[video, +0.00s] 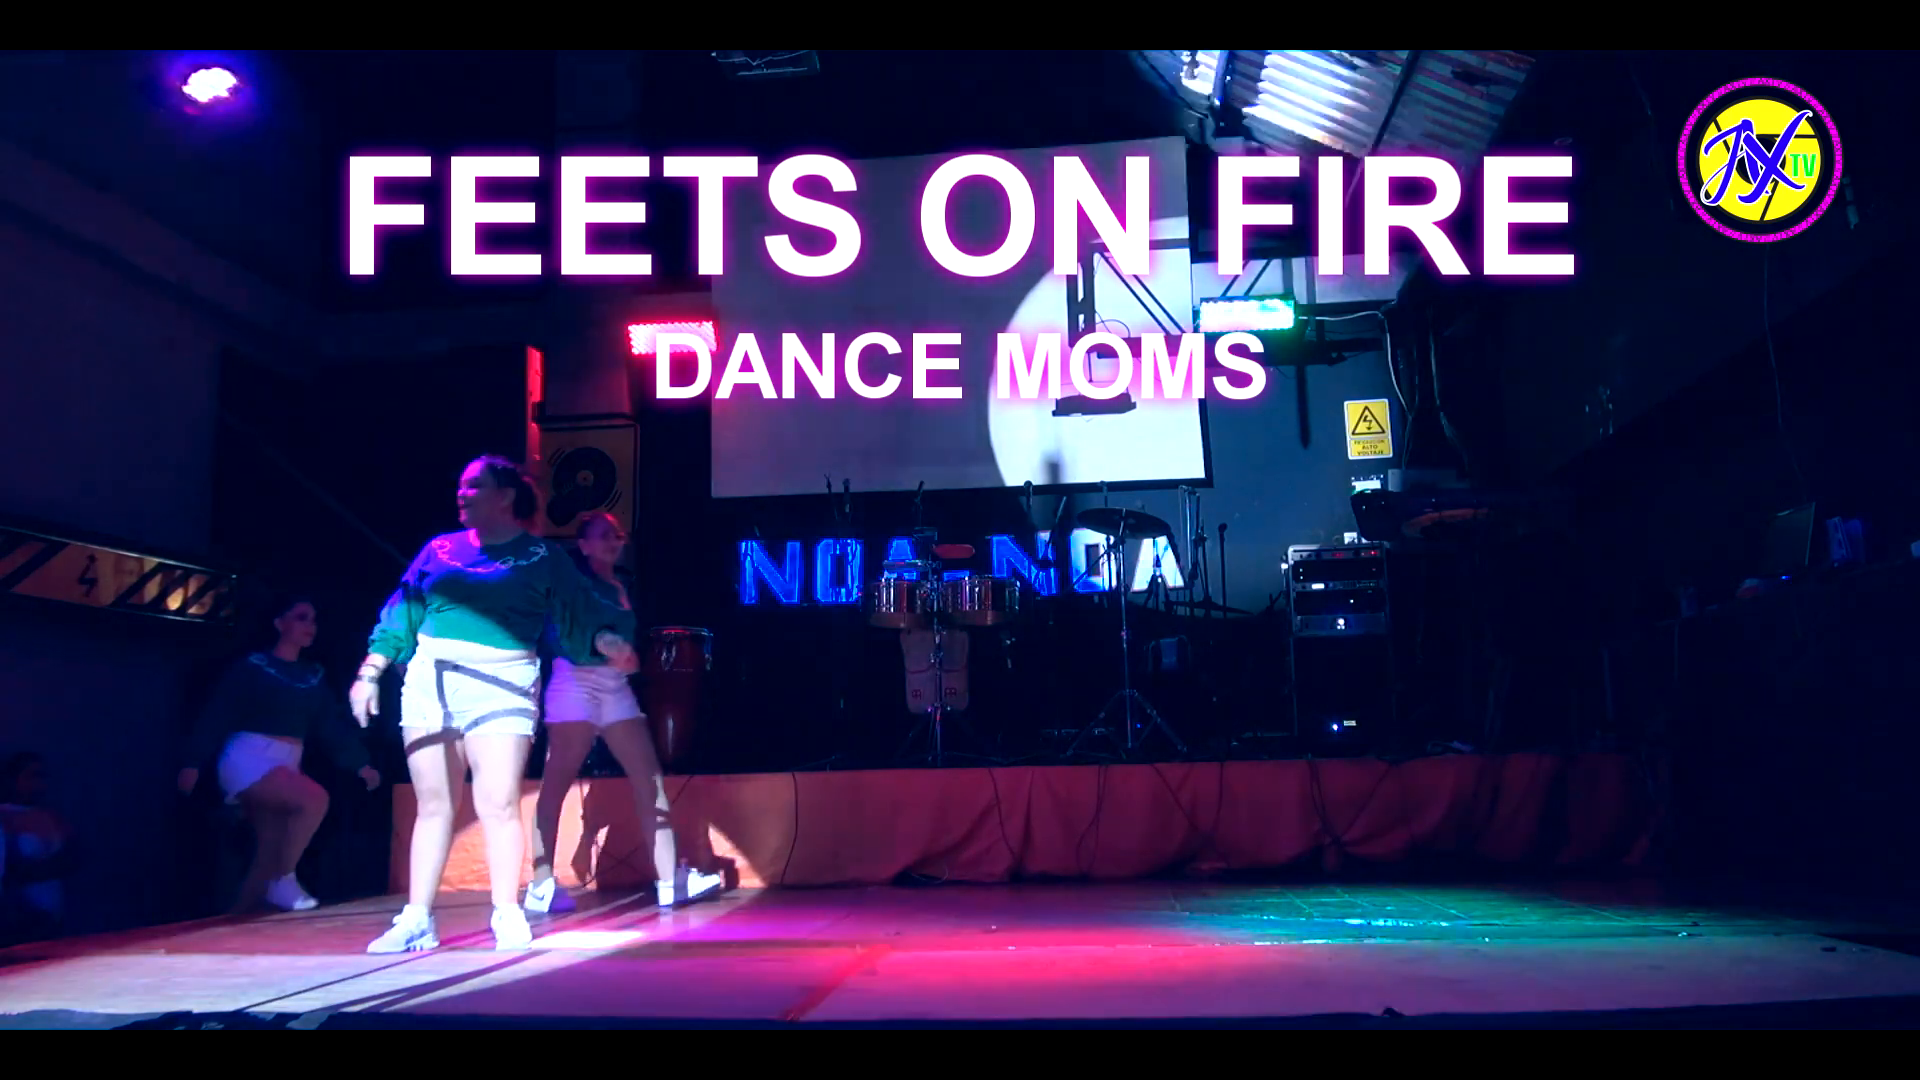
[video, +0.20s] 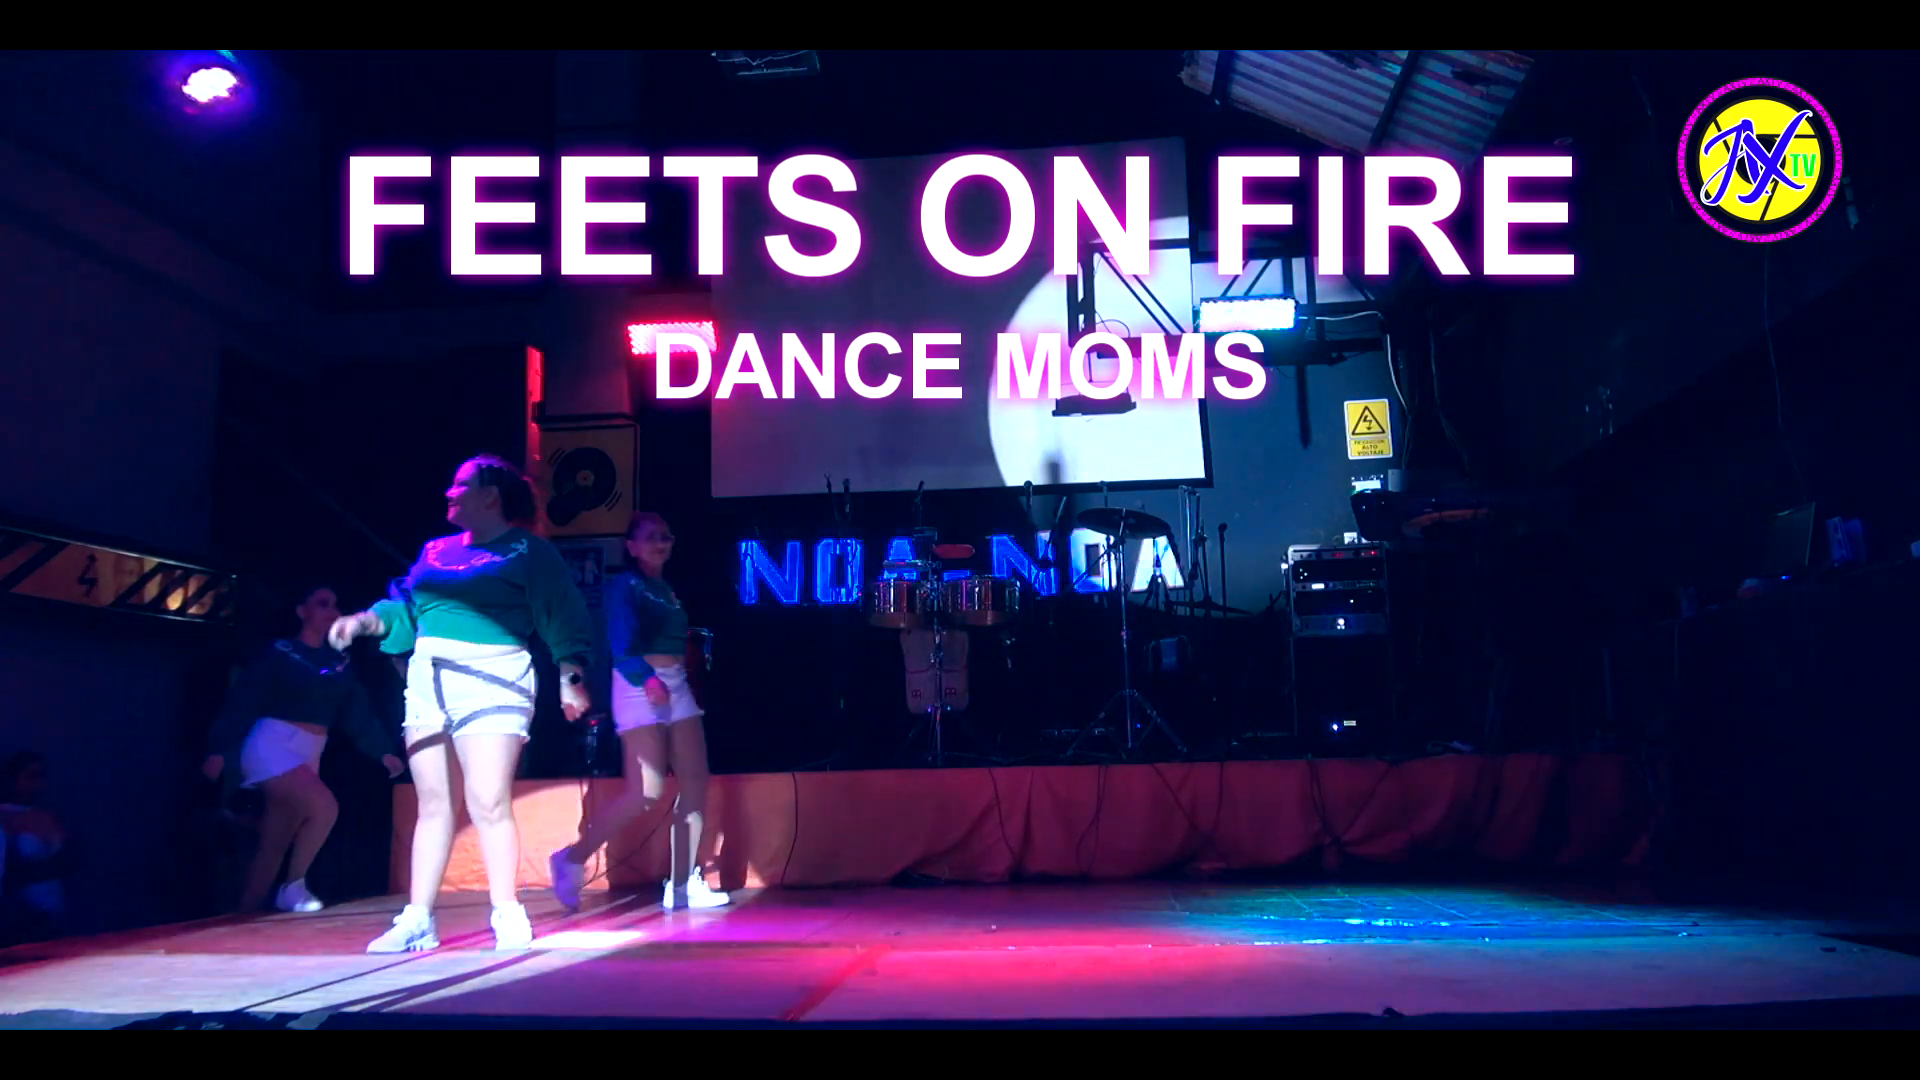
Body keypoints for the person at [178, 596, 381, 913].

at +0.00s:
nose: (310, 626)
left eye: (313, 620)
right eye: (302, 619)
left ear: (315, 627)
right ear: (280, 623)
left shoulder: (313, 677)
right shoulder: (252, 669)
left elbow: (333, 726)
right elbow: (218, 716)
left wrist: (360, 764)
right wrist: (194, 763)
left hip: (288, 762)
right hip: (248, 759)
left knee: (271, 854)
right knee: (314, 800)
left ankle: (239, 924)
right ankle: (284, 881)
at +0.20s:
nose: (333, 611)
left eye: (335, 605)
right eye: (323, 604)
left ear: (338, 614)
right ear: (302, 611)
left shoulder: (339, 666)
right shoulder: (279, 655)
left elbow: (359, 715)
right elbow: (243, 701)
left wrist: (383, 752)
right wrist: (220, 750)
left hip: (310, 751)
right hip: (272, 744)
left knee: (275, 839)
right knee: (323, 808)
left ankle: (246, 915)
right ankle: (293, 887)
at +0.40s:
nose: (352, 592)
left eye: (353, 586)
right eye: (342, 587)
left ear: (356, 595)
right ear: (321, 595)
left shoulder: (358, 645)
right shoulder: (302, 638)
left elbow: (370, 699)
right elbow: (279, 687)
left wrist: (372, 747)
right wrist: (275, 736)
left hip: (336, 735)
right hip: (300, 729)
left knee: (341, 817)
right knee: (325, 810)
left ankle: (267, 874)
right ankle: (293, 889)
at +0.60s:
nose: (376, 579)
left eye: (377, 573)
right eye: (367, 573)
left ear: (377, 581)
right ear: (346, 579)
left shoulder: (371, 628)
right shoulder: (327, 622)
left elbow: (380, 675)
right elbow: (320, 678)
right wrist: (360, 702)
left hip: (359, 719)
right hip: (323, 718)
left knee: (385, 790)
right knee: (324, 804)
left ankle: (331, 853)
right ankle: (292, 885)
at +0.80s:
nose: (408, 577)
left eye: (409, 571)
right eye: (400, 570)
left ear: (408, 578)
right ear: (378, 575)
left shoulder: (399, 623)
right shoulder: (364, 617)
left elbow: (413, 667)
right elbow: (384, 663)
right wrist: (422, 683)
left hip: (391, 718)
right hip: (358, 714)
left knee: (410, 793)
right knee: (335, 796)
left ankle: (428, 879)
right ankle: (295, 880)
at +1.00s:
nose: (441, 585)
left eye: (443, 577)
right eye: (435, 578)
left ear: (451, 580)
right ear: (424, 584)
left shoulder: (461, 619)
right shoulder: (419, 622)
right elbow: (410, 667)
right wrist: (433, 702)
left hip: (459, 713)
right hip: (418, 714)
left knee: (470, 800)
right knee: (389, 798)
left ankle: (473, 885)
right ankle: (319, 871)